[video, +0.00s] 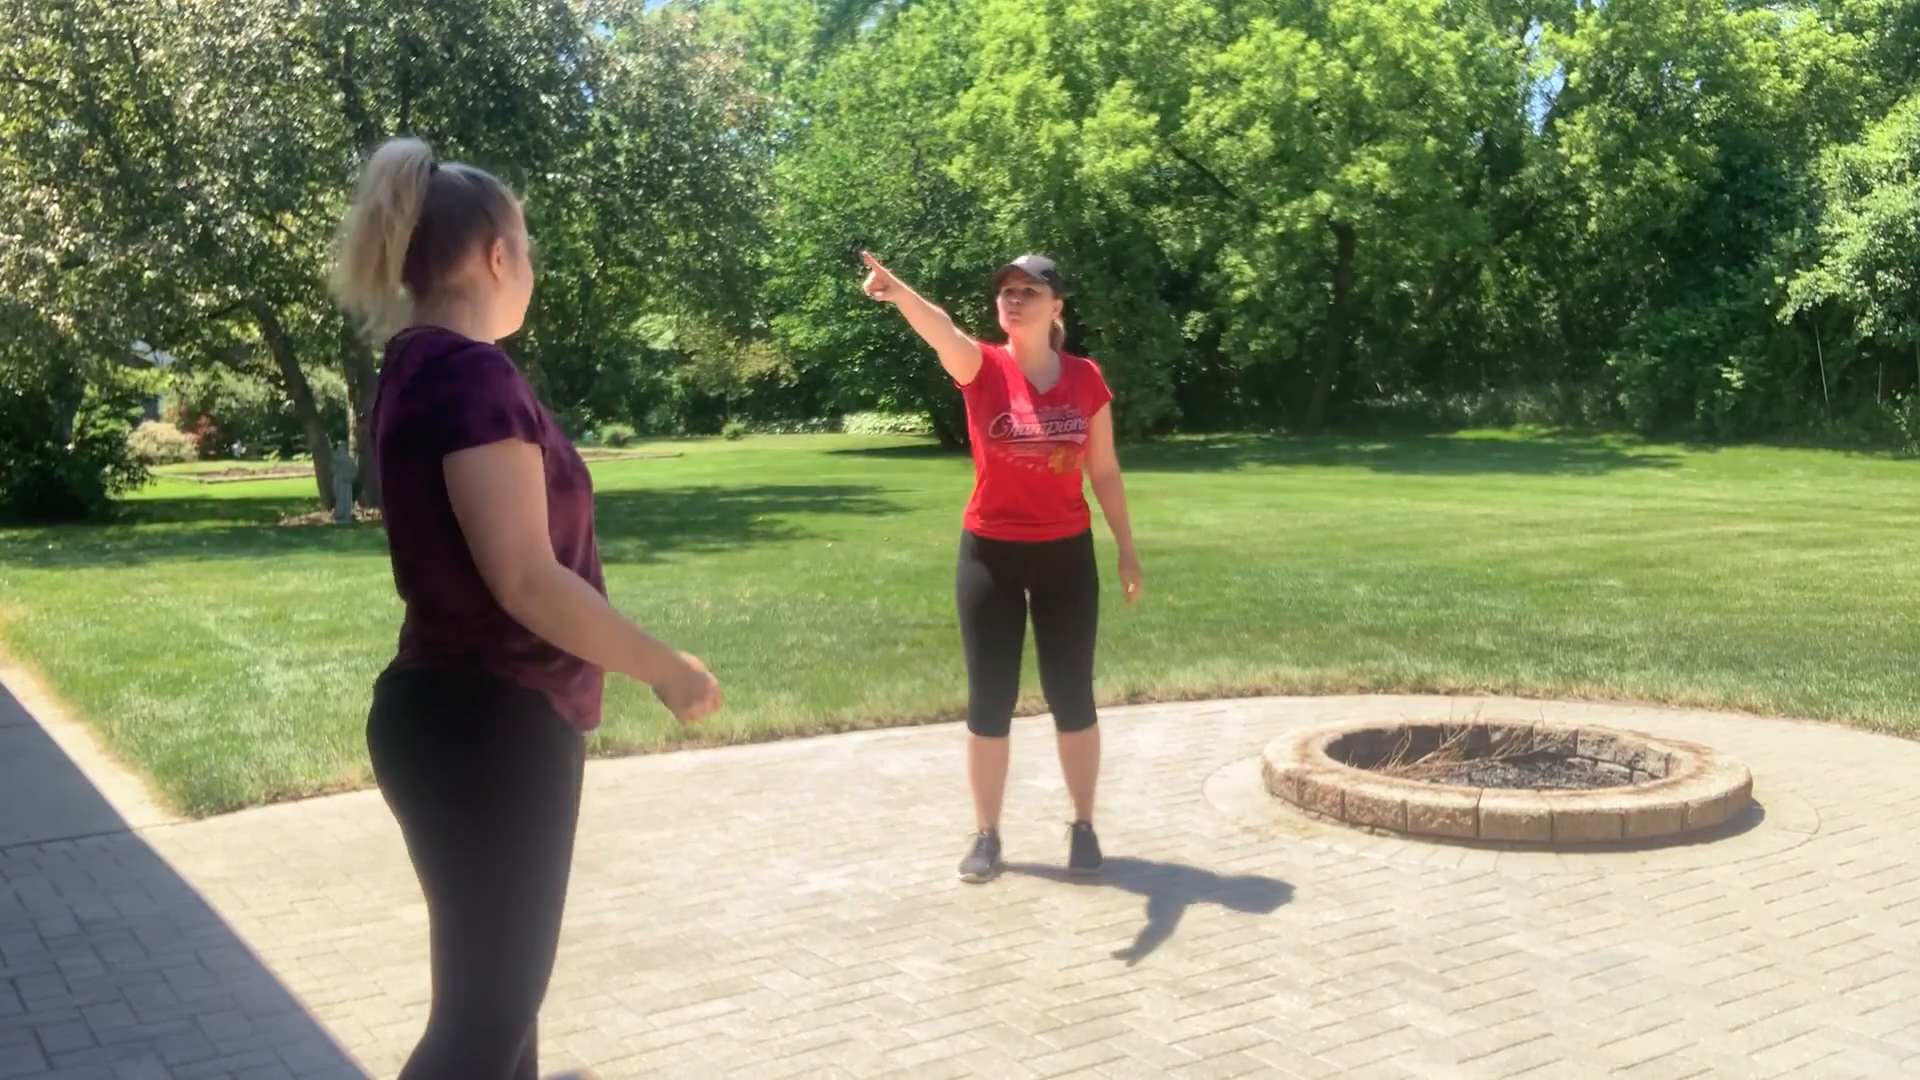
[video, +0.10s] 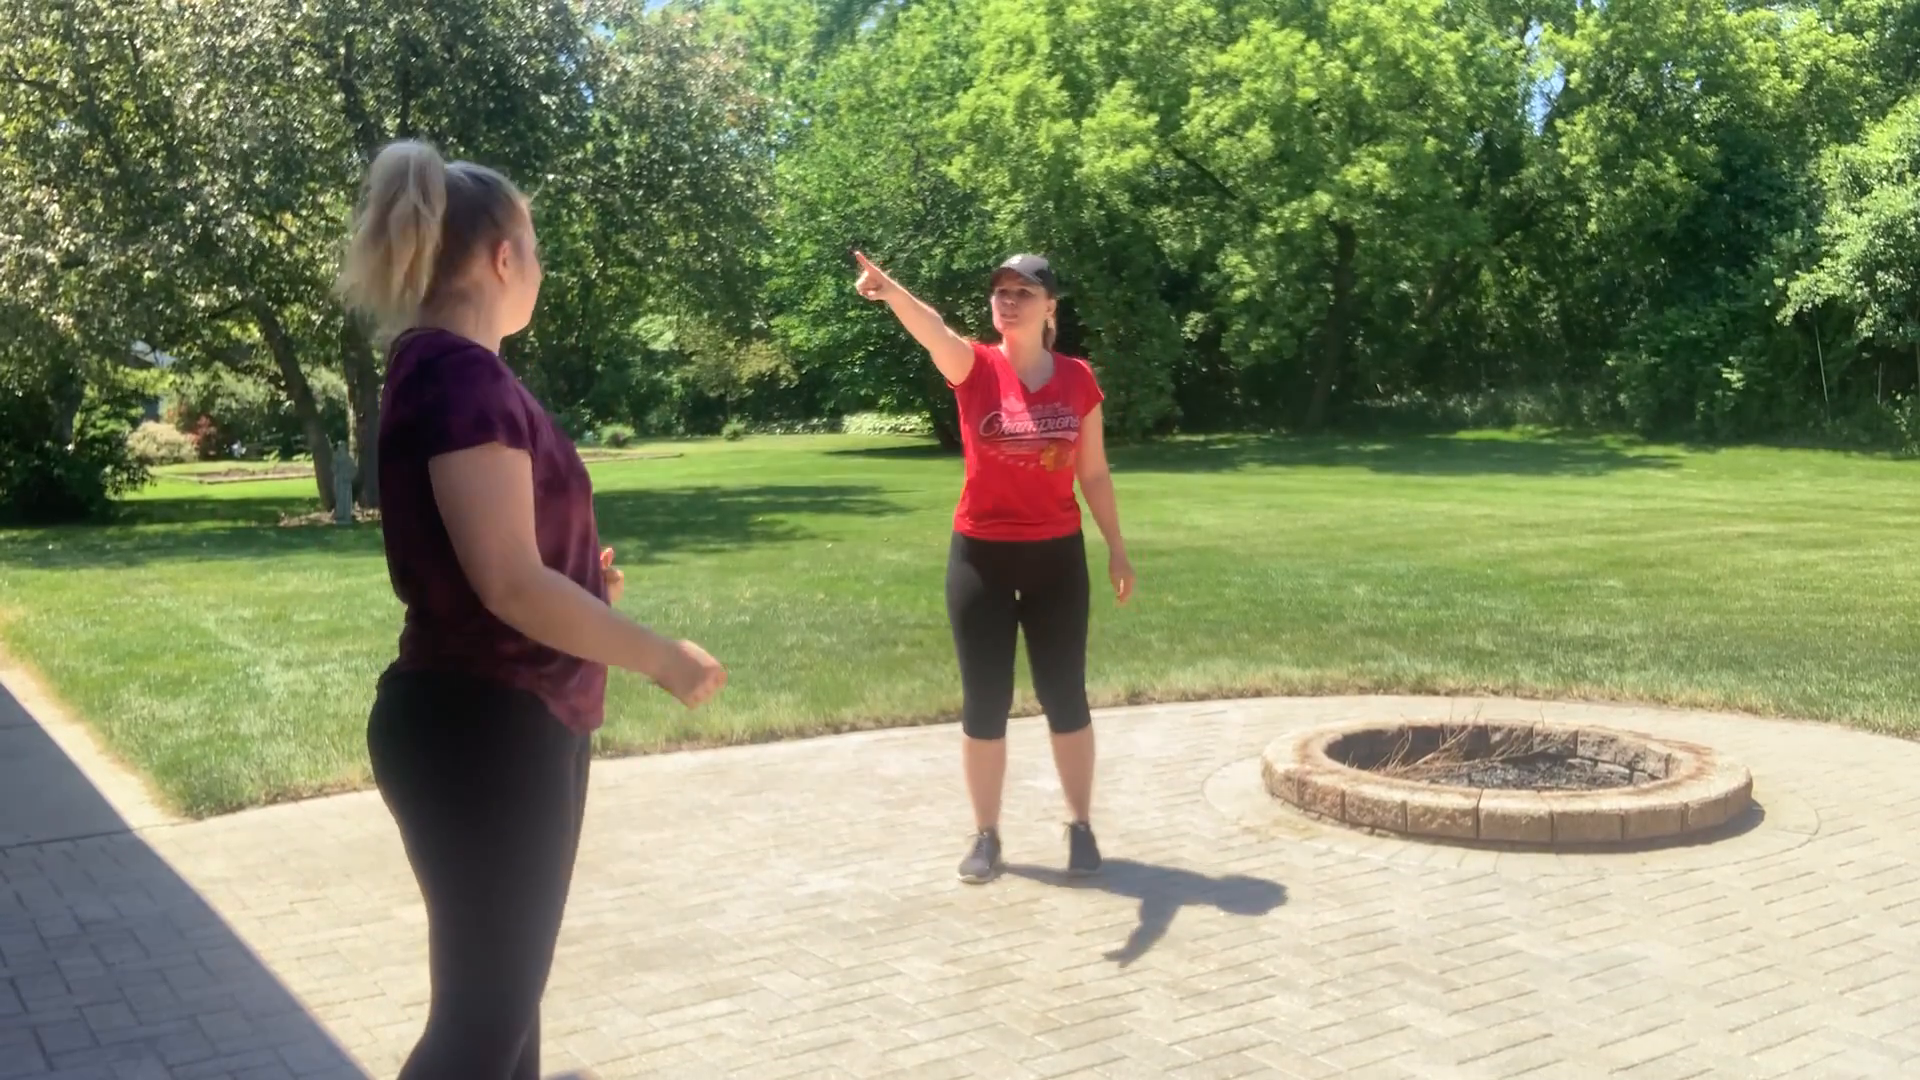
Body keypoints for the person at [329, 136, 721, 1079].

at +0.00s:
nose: (532, 276)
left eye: (529, 254)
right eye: (527, 253)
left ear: (420, 264)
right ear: (495, 258)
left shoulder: (414, 372)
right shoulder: (471, 376)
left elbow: (475, 571)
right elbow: (525, 574)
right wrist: (665, 667)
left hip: (447, 712)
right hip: (496, 725)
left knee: (487, 1012)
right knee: (489, 1024)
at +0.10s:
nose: (540, 275)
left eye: (537, 254)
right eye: (535, 253)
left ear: (450, 261)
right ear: (501, 258)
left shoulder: (432, 370)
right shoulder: (466, 379)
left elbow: (463, 562)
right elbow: (512, 579)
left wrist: (570, 576)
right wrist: (658, 654)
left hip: (476, 716)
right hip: (493, 729)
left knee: (499, 1014)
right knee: (484, 1026)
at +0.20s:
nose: (544, 271)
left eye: (539, 249)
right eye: (537, 249)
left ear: (463, 261)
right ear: (502, 256)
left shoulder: (465, 377)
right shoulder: (459, 385)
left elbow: (488, 582)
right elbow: (486, 585)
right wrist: (633, 683)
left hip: (515, 726)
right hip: (484, 733)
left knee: (509, 1020)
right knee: (482, 1027)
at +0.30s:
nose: (547, 258)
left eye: (539, 236)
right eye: (536, 236)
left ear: (469, 260)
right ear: (500, 252)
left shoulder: (480, 378)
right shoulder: (456, 385)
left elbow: (484, 585)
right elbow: (462, 590)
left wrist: (582, 726)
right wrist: (590, 731)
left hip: (515, 728)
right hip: (482, 734)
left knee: (508, 1018)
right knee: (484, 1027)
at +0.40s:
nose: (553, 270)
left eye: (548, 248)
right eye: (545, 247)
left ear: (466, 261)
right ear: (507, 256)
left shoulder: (486, 380)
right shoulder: (455, 388)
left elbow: (482, 585)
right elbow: (444, 594)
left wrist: (556, 737)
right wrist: (530, 758)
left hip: (535, 735)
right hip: (480, 740)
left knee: (513, 1018)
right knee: (482, 1031)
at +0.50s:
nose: (557, 263)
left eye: (551, 241)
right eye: (546, 241)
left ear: (475, 264)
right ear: (506, 257)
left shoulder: (492, 381)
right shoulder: (456, 389)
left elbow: (481, 586)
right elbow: (435, 596)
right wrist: (484, 775)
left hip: (547, 729)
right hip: (494, 734)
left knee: (517, 1007)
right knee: (481, 1026)